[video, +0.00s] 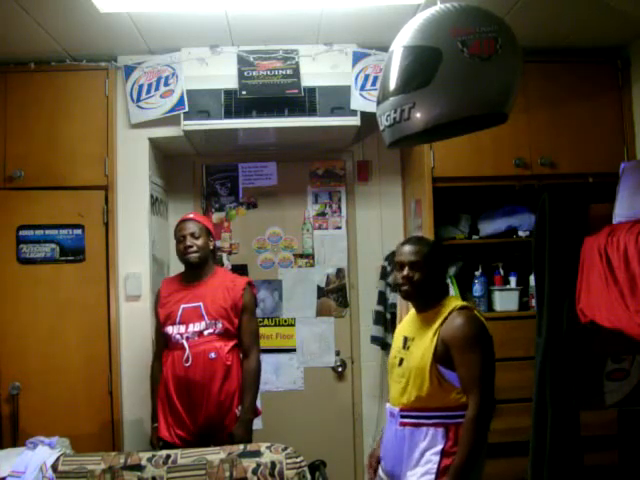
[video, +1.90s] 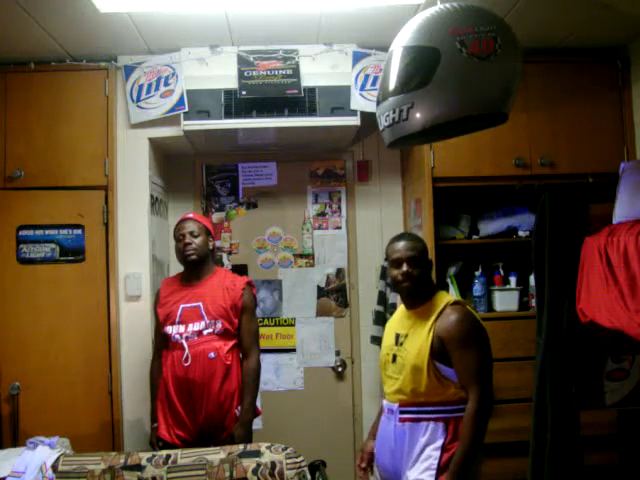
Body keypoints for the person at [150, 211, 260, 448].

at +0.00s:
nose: (187, 243)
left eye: (195, 236)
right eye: (180, 239)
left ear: (211, 242)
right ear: (176, 247)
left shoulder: (237, 288)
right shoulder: (167, 290)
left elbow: (251, 354)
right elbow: (160, 355)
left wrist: (245, 417)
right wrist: (157, 419)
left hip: (225, 416)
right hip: (176, 416)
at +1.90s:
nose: (186, 240)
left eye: (194, 234)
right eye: (180, 237)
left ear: (210, 242)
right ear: (175, 248)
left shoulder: (237, 288)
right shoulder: (166, 290)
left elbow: (251, 355)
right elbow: (159, 355)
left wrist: (245, 419)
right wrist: (156, 419)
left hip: (225, 416)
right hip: (176, 417)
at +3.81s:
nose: (186, 241)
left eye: (194, 235)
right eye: (179, 238)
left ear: (210, 242)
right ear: (175, 247)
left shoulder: (237, 288)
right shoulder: (167, 290)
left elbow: (250, 355)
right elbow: (160, 356)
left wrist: (245, 418)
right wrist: (157, 420)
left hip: (224, 417)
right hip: (175, 418)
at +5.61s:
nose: (183, 257)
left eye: (191, 251)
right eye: (177, 251)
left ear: (205, 256)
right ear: (170, 258)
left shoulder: (230, 298)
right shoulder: (154, 304)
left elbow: (262, 353)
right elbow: (139, 360)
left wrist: (231, 388)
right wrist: (146, 393)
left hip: (227, 419)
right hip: (177, 422)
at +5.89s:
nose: (187, 254)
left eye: (195, 248)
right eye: (180, 249)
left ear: (208, 254)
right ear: (173, 257)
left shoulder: (231, 297)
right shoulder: (157, 299)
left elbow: (248, 359)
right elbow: (148, 358)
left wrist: (233, 413)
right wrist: (163, 405)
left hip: (229, 421)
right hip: (180, 421)